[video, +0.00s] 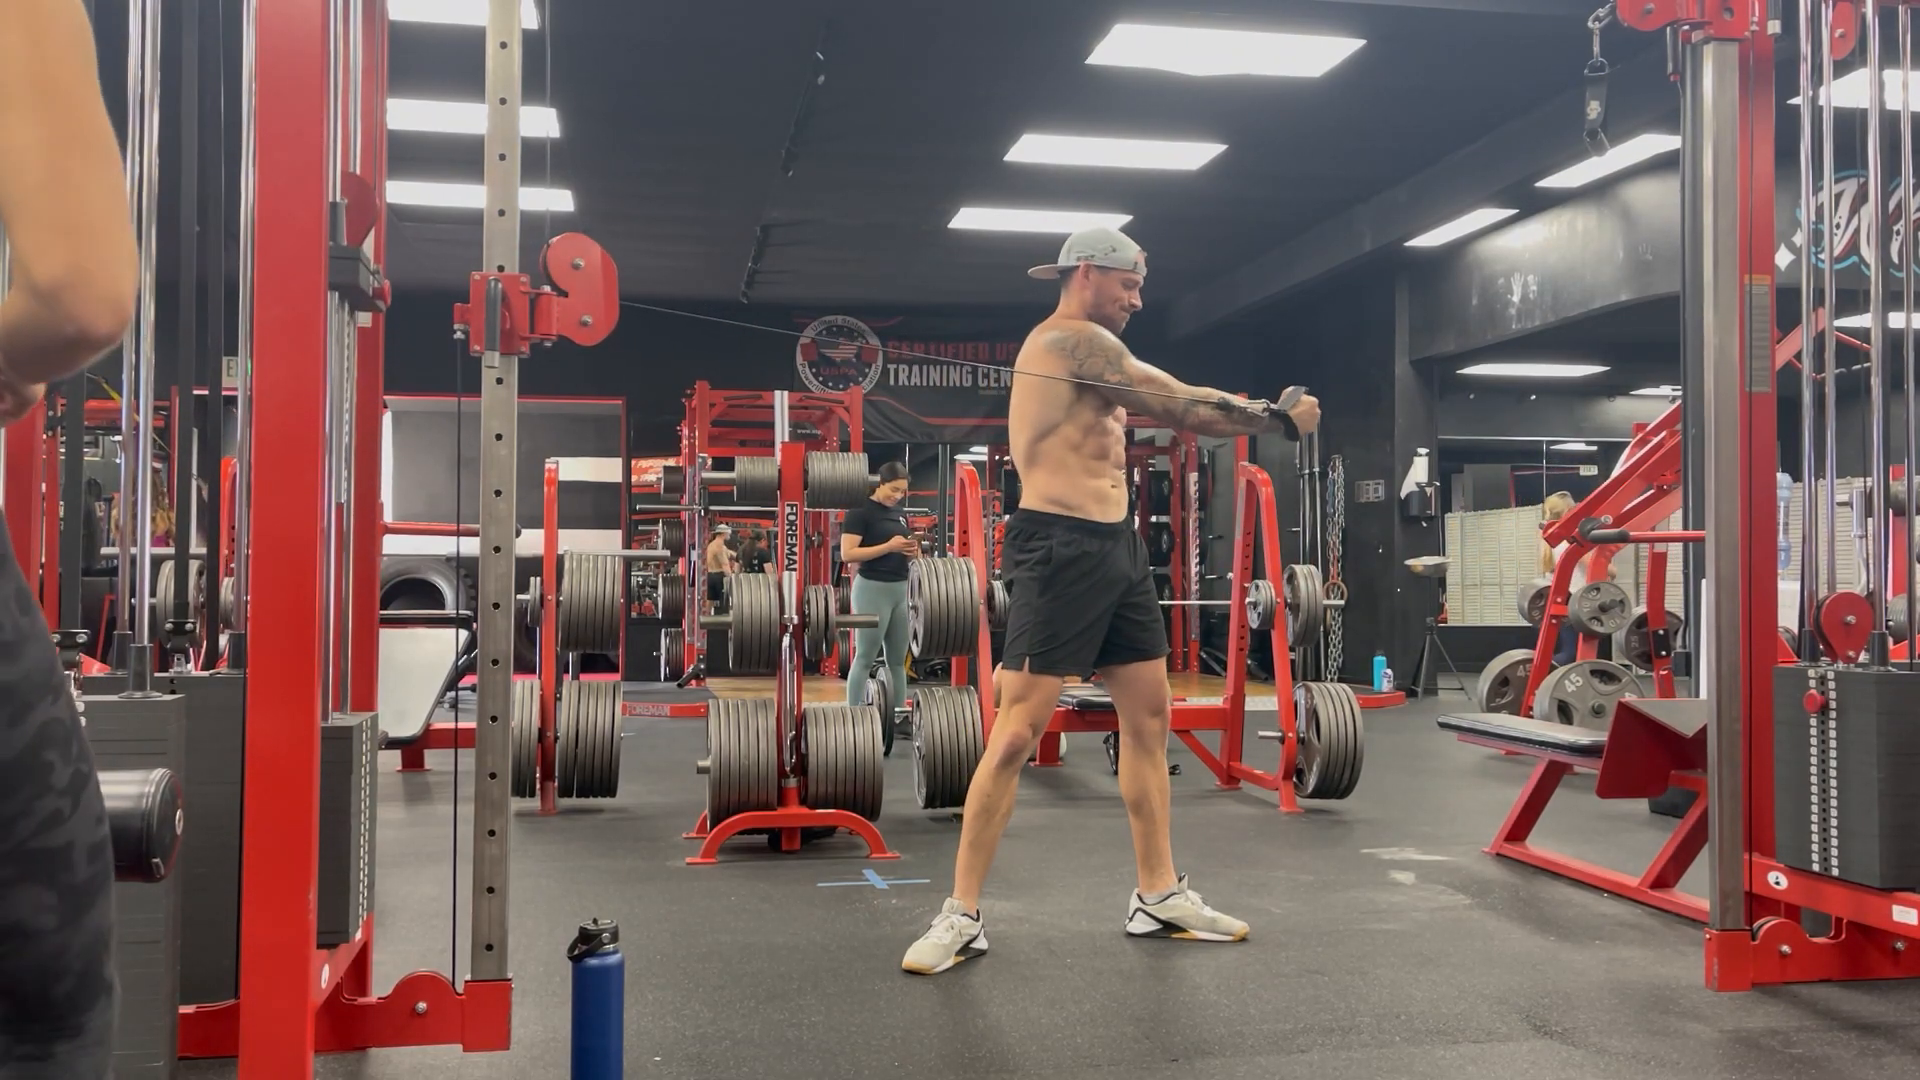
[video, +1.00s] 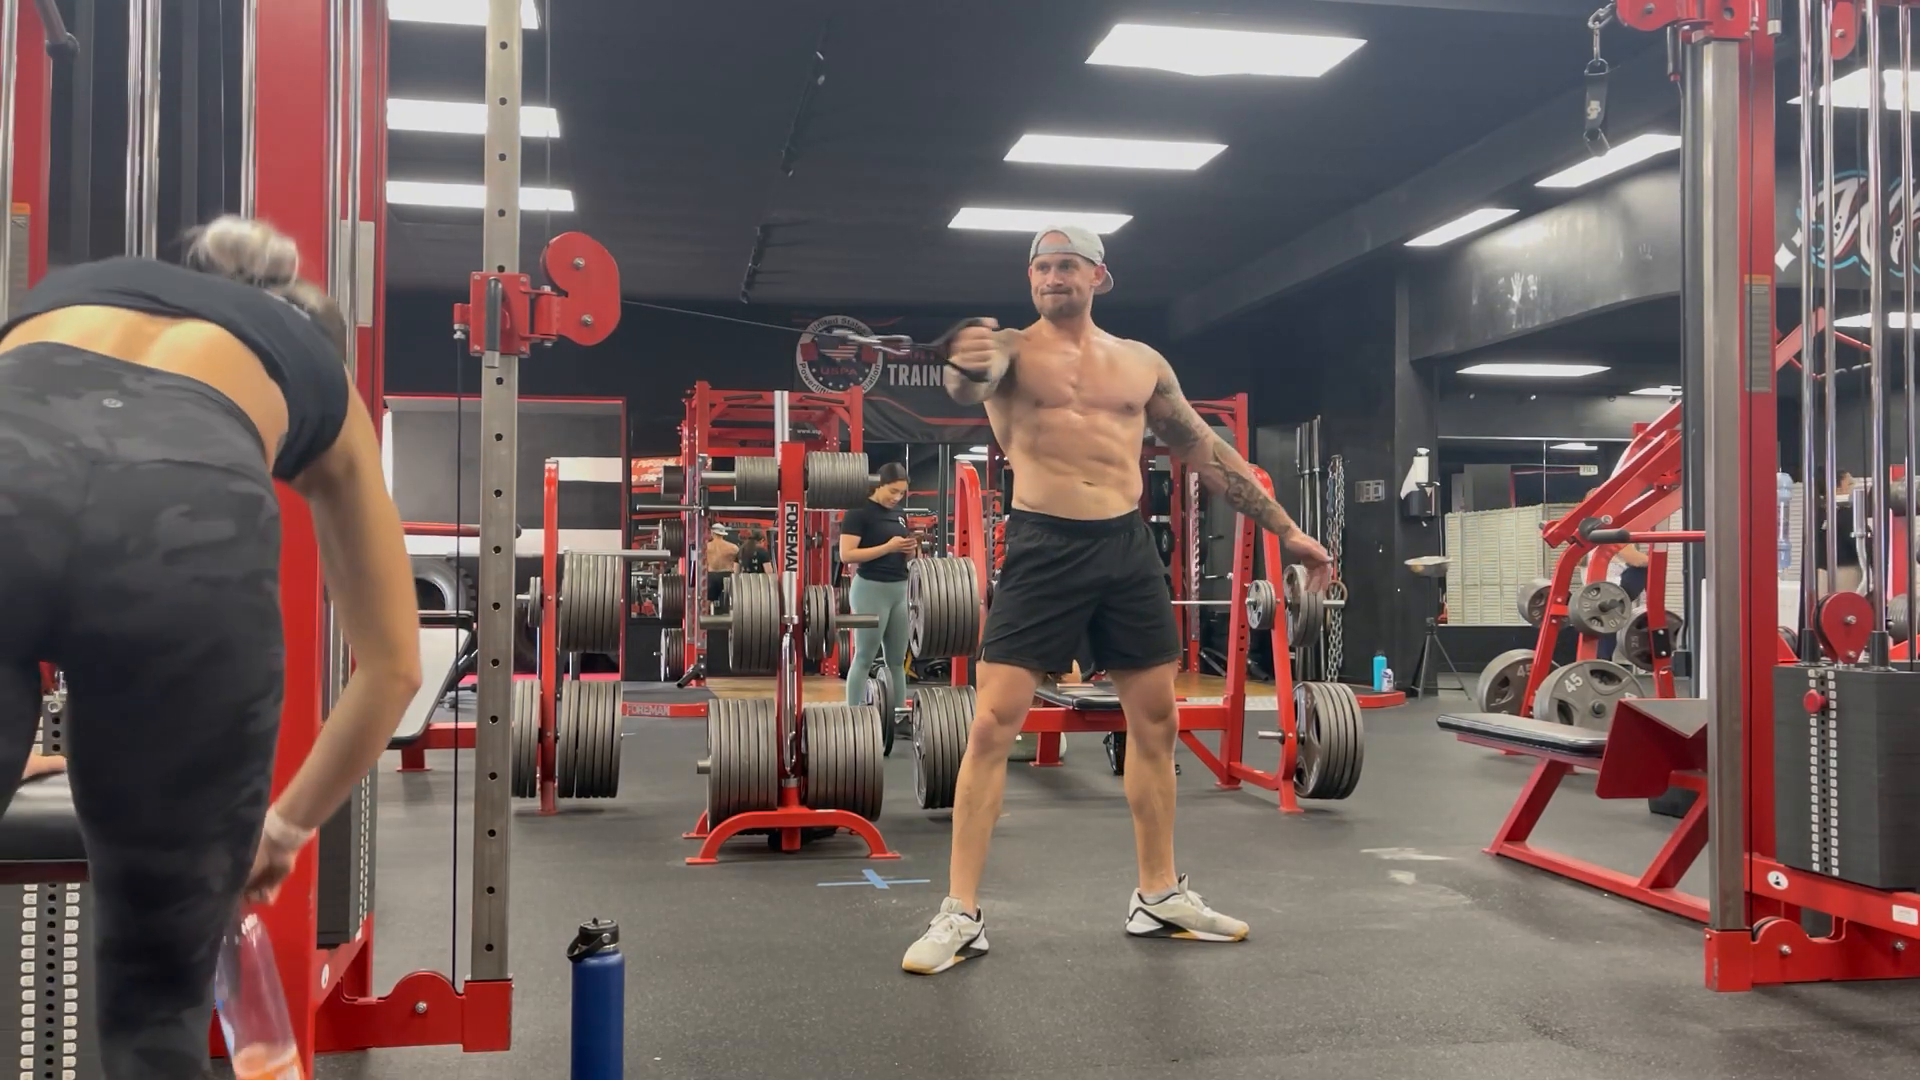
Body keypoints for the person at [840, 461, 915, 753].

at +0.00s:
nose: (898, 496)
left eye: (902, 491)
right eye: (894, 489)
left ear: (904, 490)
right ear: (879, 484)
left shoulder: (896, 515)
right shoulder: (859, 513)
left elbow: (905, 553)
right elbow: (847, 553)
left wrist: (913, 550)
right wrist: (889, 547)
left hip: (899, 590)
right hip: (871, 589)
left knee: (897, 660)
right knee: (866, 656)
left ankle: (901, 715)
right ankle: (853, 715)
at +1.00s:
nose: (897, 498)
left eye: (901, 493)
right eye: (894, 491)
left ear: (905, 490)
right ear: (879, 485)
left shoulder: (897, 514)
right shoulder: (858, 513)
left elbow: (901, 553)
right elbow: (846, 554)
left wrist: (910, 548)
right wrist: (887, 548)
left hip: (899, 590)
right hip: (870, 589)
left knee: (897, 661)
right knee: (864, 657)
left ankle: (901, 716)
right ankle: (853, 716)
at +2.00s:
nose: (898, 499)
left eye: (902, 494)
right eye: (894, 492)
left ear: (905, 491)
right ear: (880, 485)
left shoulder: (898, 514)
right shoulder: (858, 514)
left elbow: (905, 557)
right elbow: (846, 554)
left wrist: (911, 548)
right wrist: (887, 547)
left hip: (899, 592)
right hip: (870, 590)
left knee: (896, 661)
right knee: (863, 658)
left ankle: (899, 721)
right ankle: (853, 720)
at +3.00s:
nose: (891, 498)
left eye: (896, 493)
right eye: (887, 491)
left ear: (899, 490)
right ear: (873, 484)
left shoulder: (893, 515)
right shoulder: (853, 514)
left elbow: (902, 553)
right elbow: (843, 555)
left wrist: (906, 549)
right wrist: (883, 548)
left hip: (895, 590)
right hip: (866, 589)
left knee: (895, 662)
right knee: (861, 659)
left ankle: (897, 721)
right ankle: (853, 721)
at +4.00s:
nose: (902, 496)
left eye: (904, 491)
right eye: (899, 490)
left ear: (897, 487)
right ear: (884, 484)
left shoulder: (885, 513)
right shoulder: (869, 513)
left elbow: (883, 549)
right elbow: (863, 556)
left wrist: (905, 549)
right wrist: (901, 545)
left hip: (892, 592)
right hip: (873, 590)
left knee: (886, 661)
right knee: (868, 660)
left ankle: (880, 717)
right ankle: (855, 718)